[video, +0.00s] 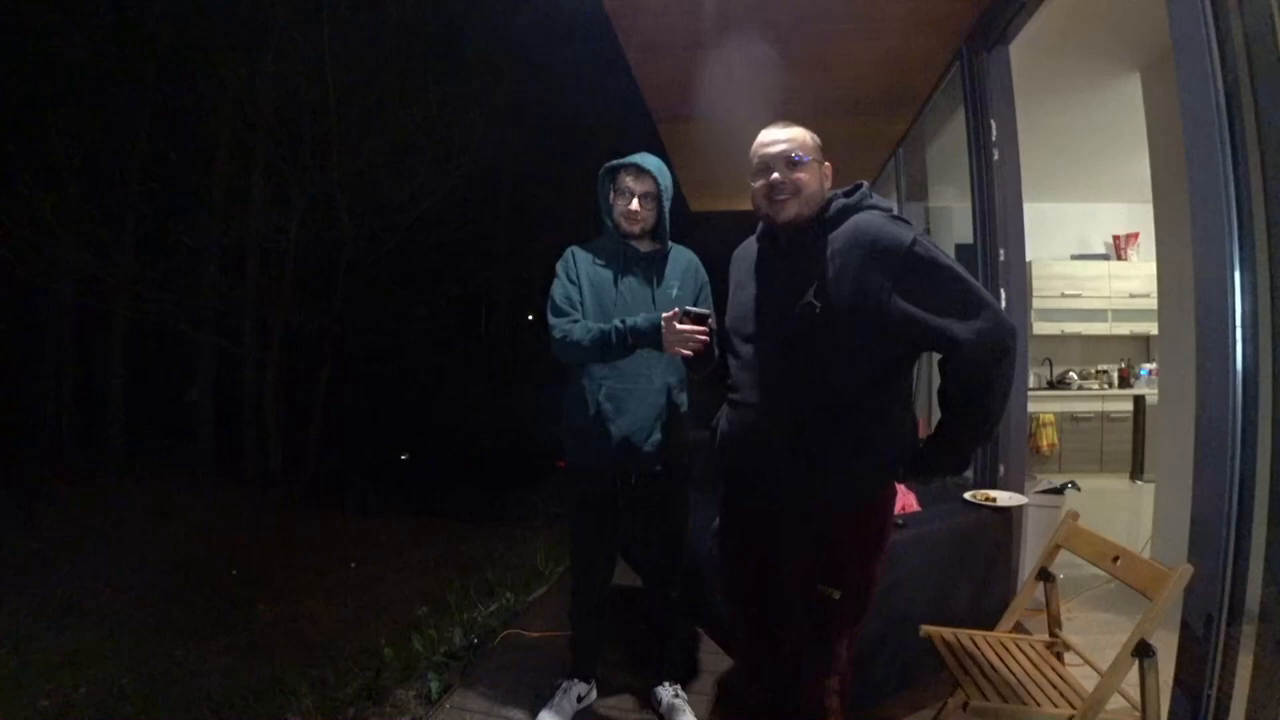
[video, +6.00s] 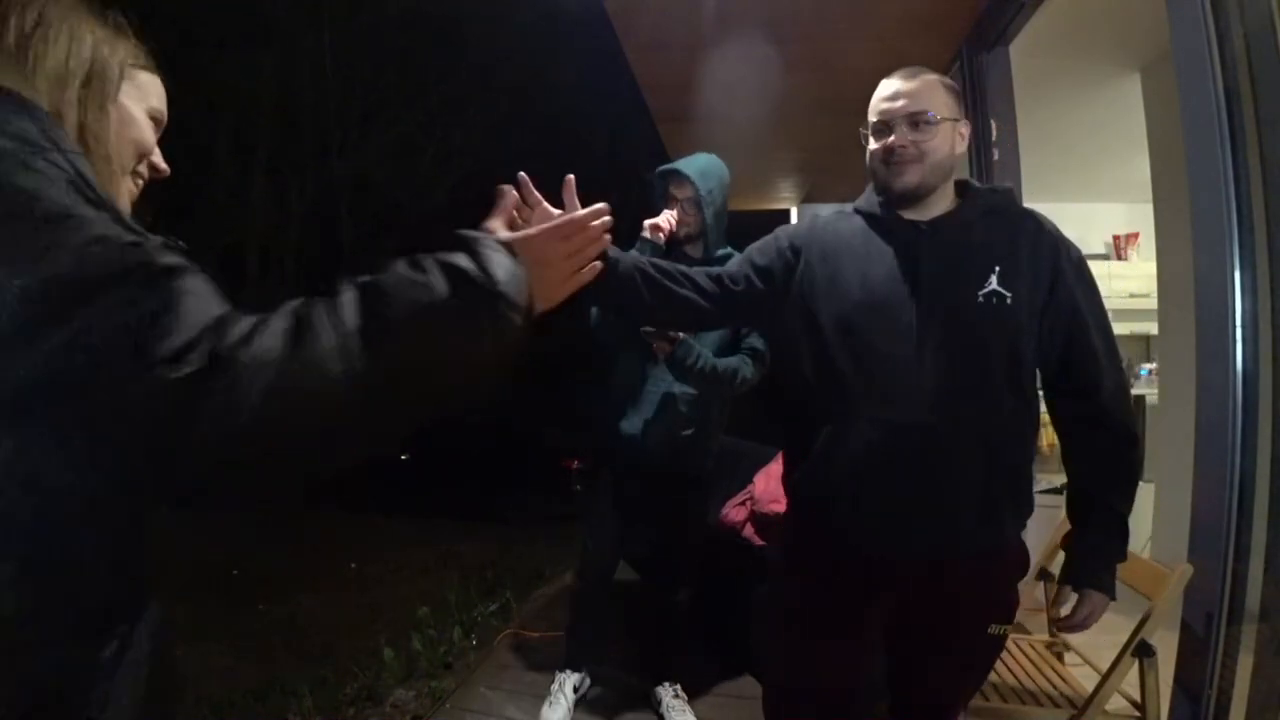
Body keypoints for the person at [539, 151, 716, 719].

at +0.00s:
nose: (634, 206)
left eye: (646, 197)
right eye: (624, 196)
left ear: (662, 204)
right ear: (609, 202)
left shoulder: (686, 266)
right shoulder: (578, 263)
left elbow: (706, 353)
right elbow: (564, 339)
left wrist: (699, 346)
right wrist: (651, 330)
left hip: (666, 438)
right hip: (595, 437)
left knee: (666, 561)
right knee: (589, 561)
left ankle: (668, 681)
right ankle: (580, 679)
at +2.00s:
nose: (616, 207)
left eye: (628, 197)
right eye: (606, 196)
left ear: (645, 203)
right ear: (588, 201)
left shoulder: (669, 266)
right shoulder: (564, 267)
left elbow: (691, 356)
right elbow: (546, 346)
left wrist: (661, 347)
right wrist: (610, 339)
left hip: (651, 446)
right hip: (585, 445)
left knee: (661, 567)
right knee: (585, 566)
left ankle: (662, 679)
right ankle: (581, 678)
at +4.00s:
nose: (632, 207)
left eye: (642, 197)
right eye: (621, 196)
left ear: (655, 204)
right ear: (599, 203)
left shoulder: (679, 269)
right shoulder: (574, 265)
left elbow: (698, 356)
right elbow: (554, 346)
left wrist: (663, 353)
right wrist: (611, 348)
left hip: (654, 444)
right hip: (587, 442)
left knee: (657, 563)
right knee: (584, 562)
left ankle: (661, 679)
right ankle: (580, 679)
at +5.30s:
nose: (658, 204)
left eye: (669, 194)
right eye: (648, 195)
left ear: (693, 199)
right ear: (634, 202)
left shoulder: (721, 275)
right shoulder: (613, 265)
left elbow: (731, 363)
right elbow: (582, 342)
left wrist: (691, 349)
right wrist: (609, 274)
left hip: (680, 440)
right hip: (613, 434)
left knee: (672, 557)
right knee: (600, 554)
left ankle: (665, 679)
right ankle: (584, 675)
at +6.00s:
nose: (676, 213)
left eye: (688, 203)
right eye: (670, 202)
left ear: (715, 207)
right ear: (662, 204)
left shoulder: (741, 276)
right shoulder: (642, 265)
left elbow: (749, 368)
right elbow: (604, 322)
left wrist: (681, 353)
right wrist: (642, 254)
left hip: (685, 447)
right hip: (620, 437)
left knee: (669, 560)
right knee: (599, 554)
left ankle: (663, 675)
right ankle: (578, 667)